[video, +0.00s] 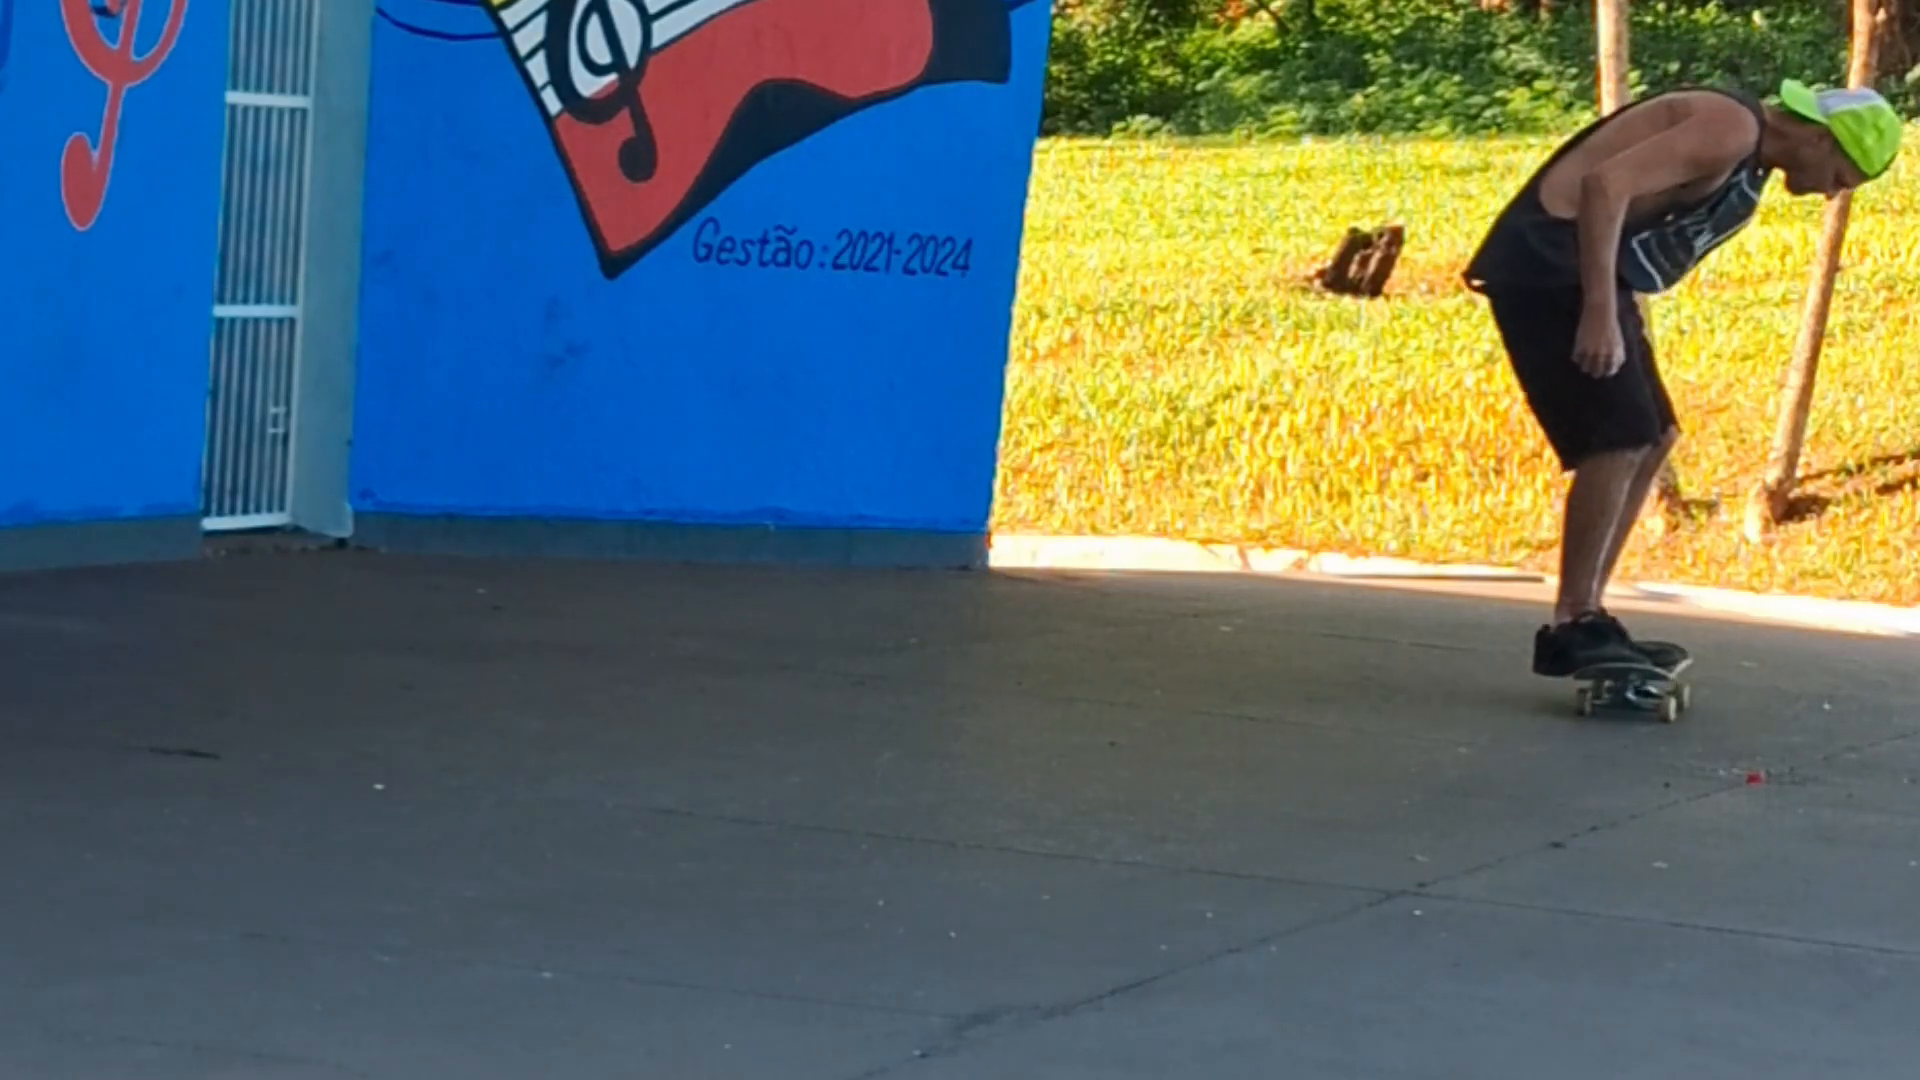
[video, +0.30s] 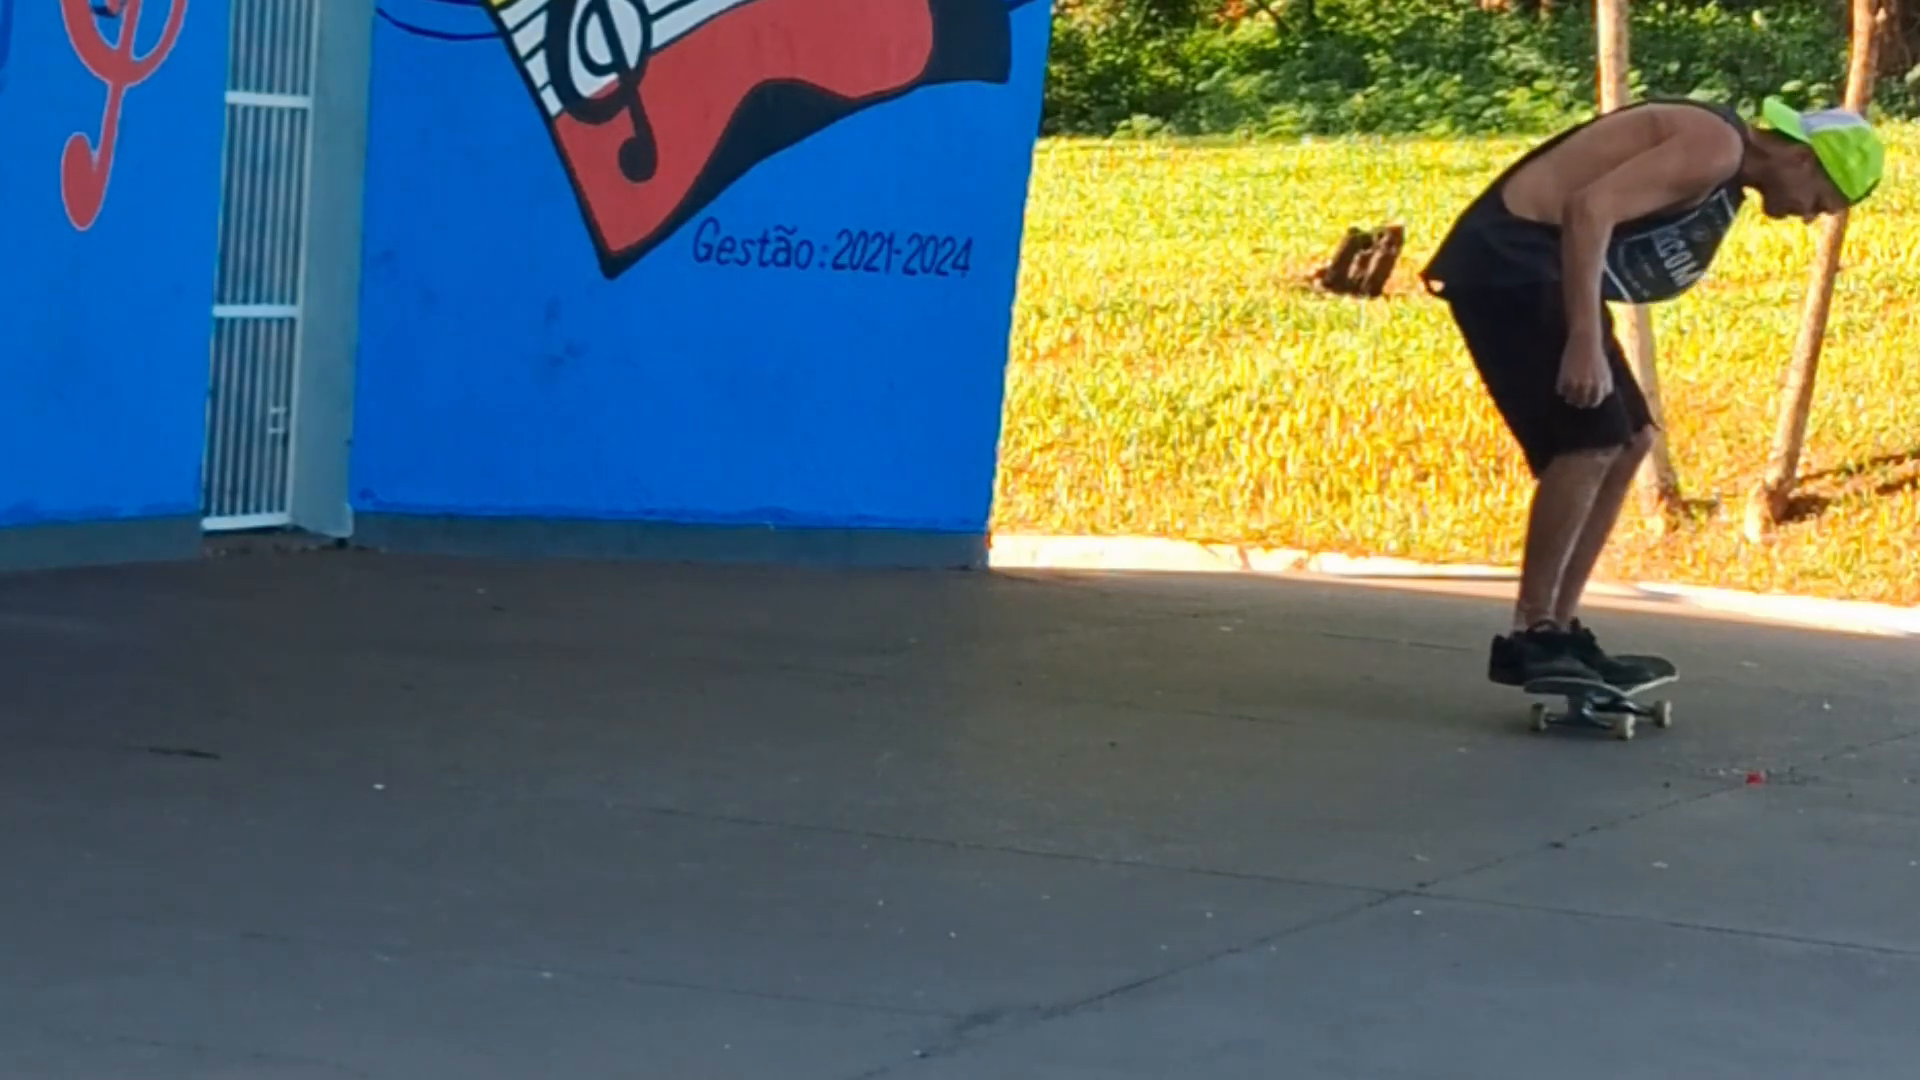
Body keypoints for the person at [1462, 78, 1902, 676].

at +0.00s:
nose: (1834, 191)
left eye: (1846, 185)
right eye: (1843, 176)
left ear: (1824, 136)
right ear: (1824, 137)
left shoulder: (1743, 162)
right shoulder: (1728, 128)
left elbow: (1630, 232)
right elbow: (1604, 186)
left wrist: (1627, 314)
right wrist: (1598, 312)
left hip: (1584, 272)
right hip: (1545, 266)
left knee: (1653, 435)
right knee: (1618, 437)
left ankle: (1584, 616)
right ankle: (1568, 625)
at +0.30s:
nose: (1815, 215)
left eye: (1828, 209)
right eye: (1824, 199)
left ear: (1802, 154)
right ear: (1803, 155)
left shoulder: (1722, 169)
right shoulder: (1712, 147)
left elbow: (1598, 231)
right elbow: (1589, 209)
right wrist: (1583, 340)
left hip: (1544, 268)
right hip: (1505, 260)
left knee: (1628, 439)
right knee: (1587, 442)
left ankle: (1557, 627)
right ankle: (1528, 634)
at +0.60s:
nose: (1776, 238)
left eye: (1790, 233)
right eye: (1787, 222)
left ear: (1773, 182)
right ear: (1771, 178)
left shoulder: (1683, 190)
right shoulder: (1679, 161)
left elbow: (1556, 264)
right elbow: (1547, 227)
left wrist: (1481, 398)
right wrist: (1533, 368)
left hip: (1499, 267)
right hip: (1455, 254)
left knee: (1578, 443)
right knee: (1549, 442)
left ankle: (1500, 640)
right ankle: (1448, 629)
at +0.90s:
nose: (1727, 260)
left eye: (1742, 254)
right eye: (1742, 244)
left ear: (1722, 192)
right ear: (1725, 199)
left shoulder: (1636, 185)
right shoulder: (1630, 181)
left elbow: (1493, 264)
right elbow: (1499, 258)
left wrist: (1415, 412)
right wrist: (1479, 402)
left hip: (1431, 255)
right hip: (1392, 248)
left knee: (1527, 439)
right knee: (1492, 449)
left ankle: (1442, 648)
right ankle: (1376, 637)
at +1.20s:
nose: (1651, 326)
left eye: (1666, 319)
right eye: (1664, 310)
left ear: (1641, 261)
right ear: (1644, 263)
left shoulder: (1554, 257)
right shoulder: (1557, 251)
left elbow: (1501, 423)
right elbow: (1514, 394)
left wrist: (1495, 582)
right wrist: (1608, 504)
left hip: (1345, 329)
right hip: (1309, 323)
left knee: (1485, 479)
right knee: (1466, 482)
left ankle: (1369, 659)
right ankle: (1306, 640)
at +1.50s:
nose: (1628, 144)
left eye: (1646, 133)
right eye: (1643, 122)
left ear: (1609, 75)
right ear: (1615, 76)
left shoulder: (1513, 110)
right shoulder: (1491, 78)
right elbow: (1320, 101)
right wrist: (1173, 174)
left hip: (1345, 270)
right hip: (1295, 256)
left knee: (1422, 459)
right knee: (1394, 463)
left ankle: (1305, 665)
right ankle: (1239, 649)